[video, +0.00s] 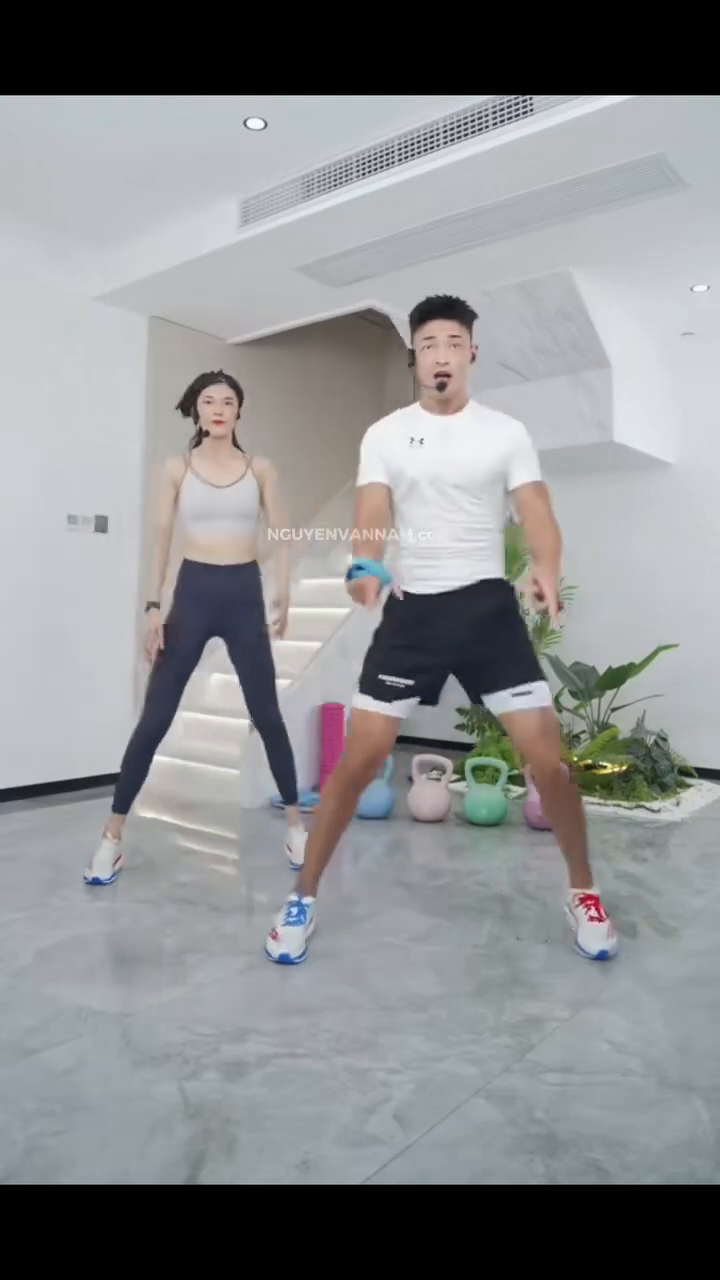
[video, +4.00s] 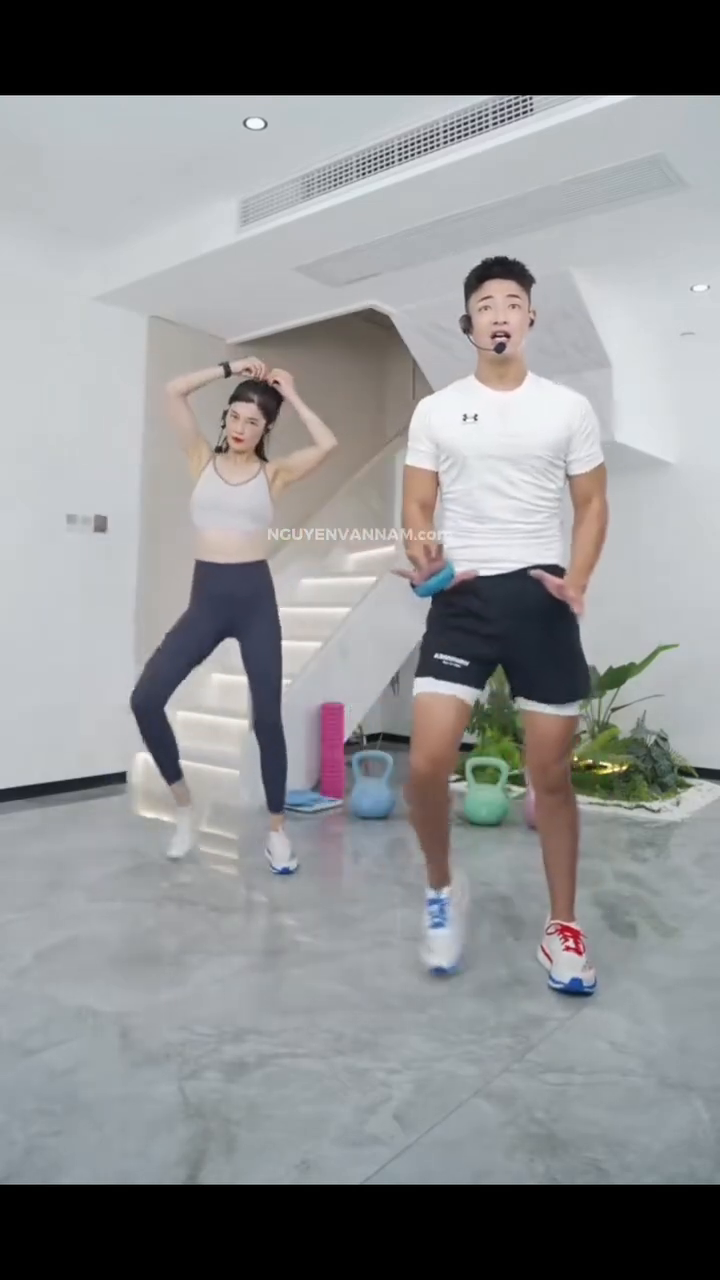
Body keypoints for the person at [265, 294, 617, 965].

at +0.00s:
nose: (440, 357)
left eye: (453, 344)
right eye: (427, 346)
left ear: (473, 355)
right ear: (413, 359)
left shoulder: (505, 433)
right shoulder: (385, 435)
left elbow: (537, 517)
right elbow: (370, 517)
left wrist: (546, 570)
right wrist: (364, 566)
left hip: (489, 612)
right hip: (410, 616)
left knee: (549, 765)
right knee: (359, 760)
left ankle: (583, 892)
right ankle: (301, 900)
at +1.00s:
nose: (389, 347)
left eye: (402, 336)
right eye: (377, 337)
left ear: (423, 351)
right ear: (362, 355)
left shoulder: (451, 439)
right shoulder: (326, 435)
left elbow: (497, 527)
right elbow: (271, 520)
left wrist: (486, 594)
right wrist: (269, 600)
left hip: (429, 617)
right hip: (345, 619)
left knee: (499, 752)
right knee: (303, 762)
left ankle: (498, 868)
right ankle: (292, 919)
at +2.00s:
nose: (511, 344)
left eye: (524, 332)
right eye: (498, 332)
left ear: (543, 344)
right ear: (478, 347)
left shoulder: (577, 421)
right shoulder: (451, 426)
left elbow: (607, 493)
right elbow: (436, 500)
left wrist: (630, 549)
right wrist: (429, 557)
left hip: (558, 597)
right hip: (478, 597)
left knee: (583, 751)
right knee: (466, 727)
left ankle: (597, 912)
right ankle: (462, 882)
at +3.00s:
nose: (381, 310)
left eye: (395, 299)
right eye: (369, 300)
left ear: (415, 315)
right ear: (353, 317)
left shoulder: (454, 407)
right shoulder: (319, 406)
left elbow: (477, 504)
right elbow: (297, 499)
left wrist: (469, 587)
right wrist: (311, 577)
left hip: (423, 600)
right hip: (342, 598)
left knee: (394, 777)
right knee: (329, 759)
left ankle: (360, 892)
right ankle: (321, 925)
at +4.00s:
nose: (499, 316)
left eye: (512, 305)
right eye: (486, 306)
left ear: (531, 318)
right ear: (468, 322)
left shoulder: (568, 409)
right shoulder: (436, 411)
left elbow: (592, 507)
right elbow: (416, 513)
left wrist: (577, 582)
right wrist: (423, 552)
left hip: (541, 602)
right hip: (459, 601)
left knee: (551, 777)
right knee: (425, 768)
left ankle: (563, 927)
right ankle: (440, 888)